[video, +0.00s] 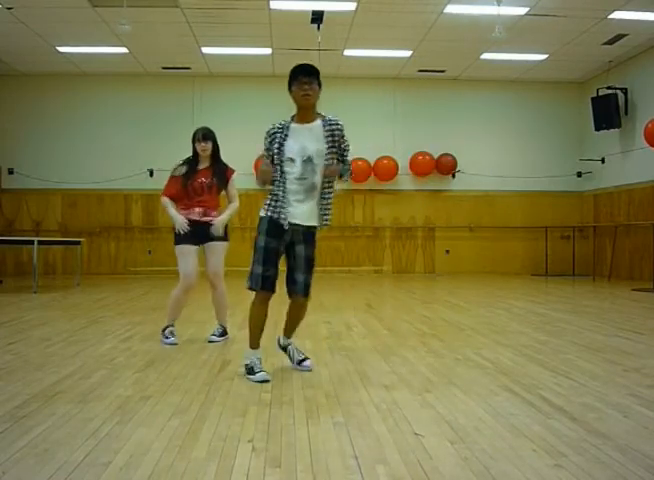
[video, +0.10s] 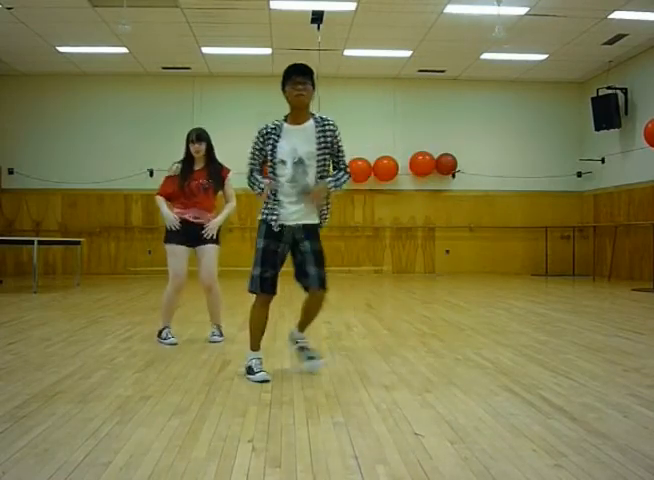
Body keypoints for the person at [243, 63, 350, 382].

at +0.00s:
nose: (306, 89)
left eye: (311, 85)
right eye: (300, 85)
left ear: (320, 90)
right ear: (291, 91)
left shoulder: (332, 129)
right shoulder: (277, 133)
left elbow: (345, 169)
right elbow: (265, 178)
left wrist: (336, 171)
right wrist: (262, 169)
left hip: (307, 222)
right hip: (274, 218)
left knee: (301, 294)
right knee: (264, 290)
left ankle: (286, 340)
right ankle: (252, 356)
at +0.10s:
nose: (300, 89)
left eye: (305, 84)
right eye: (294, 84)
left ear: (313, 91)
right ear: (284, 91)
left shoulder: (326, 128)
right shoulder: (269, 133)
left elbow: (344, 172)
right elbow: (252, 173)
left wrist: (326, 187)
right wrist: (262, 185)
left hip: (308, 225)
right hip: (273, 224)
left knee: (318, 291)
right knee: (264, 293)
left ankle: (298, 335)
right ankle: (254, 357)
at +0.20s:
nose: (297, 86)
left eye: (302, 81)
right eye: (291, 82)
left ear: (311, 87)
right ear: (281, 88)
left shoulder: (323, 125)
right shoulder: (265, 127)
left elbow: (338, 170)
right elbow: (247, 170)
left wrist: (324, 189)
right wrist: (264, 192)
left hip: (314, 222)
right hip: (279, 223)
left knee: (334, 288)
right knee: (271, 294)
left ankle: (339, 349)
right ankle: (255, 358)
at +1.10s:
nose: (300, 101)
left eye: (304, 95)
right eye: (293, 97)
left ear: (313, 99)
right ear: (284, 105)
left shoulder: (332, 135)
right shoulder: (279, 147)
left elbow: (356, 168)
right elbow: (270, 191)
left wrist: (361, 193)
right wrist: (229, 200)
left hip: (318, 228)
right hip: (284, 226)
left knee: (341, 292)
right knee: (273, 297)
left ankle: (312, 339)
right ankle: (255, 359)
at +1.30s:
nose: (333, 98)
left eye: (337, 93)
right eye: (326, 94)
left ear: (343, 97)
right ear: (315, 100)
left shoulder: (361, 122)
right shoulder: (310, 145)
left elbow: (405, 115)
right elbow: (317, 192)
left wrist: (449, 110)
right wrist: (352, 184)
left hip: (362, 224)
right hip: (326, 227)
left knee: (389, 291)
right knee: (298, 292)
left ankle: (425, 351)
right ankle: (263, 355)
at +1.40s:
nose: (355, 95)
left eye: (359, 90)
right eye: (348, 91)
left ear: (364, 92)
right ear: (336, 98)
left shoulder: (383, 117)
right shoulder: (334, 138)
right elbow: (359, 173)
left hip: (389, 215)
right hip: (355, 219)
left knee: (411, 287)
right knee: (327, 286)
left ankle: (431, 353)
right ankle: (307, 345)